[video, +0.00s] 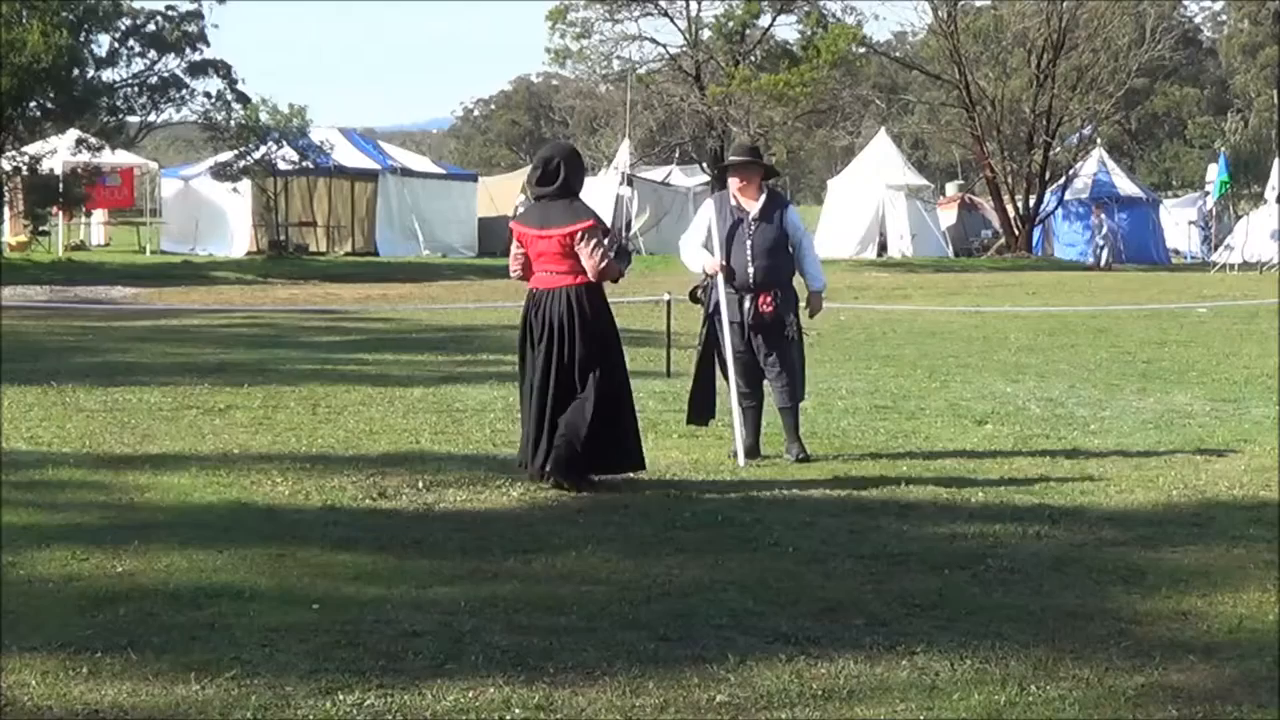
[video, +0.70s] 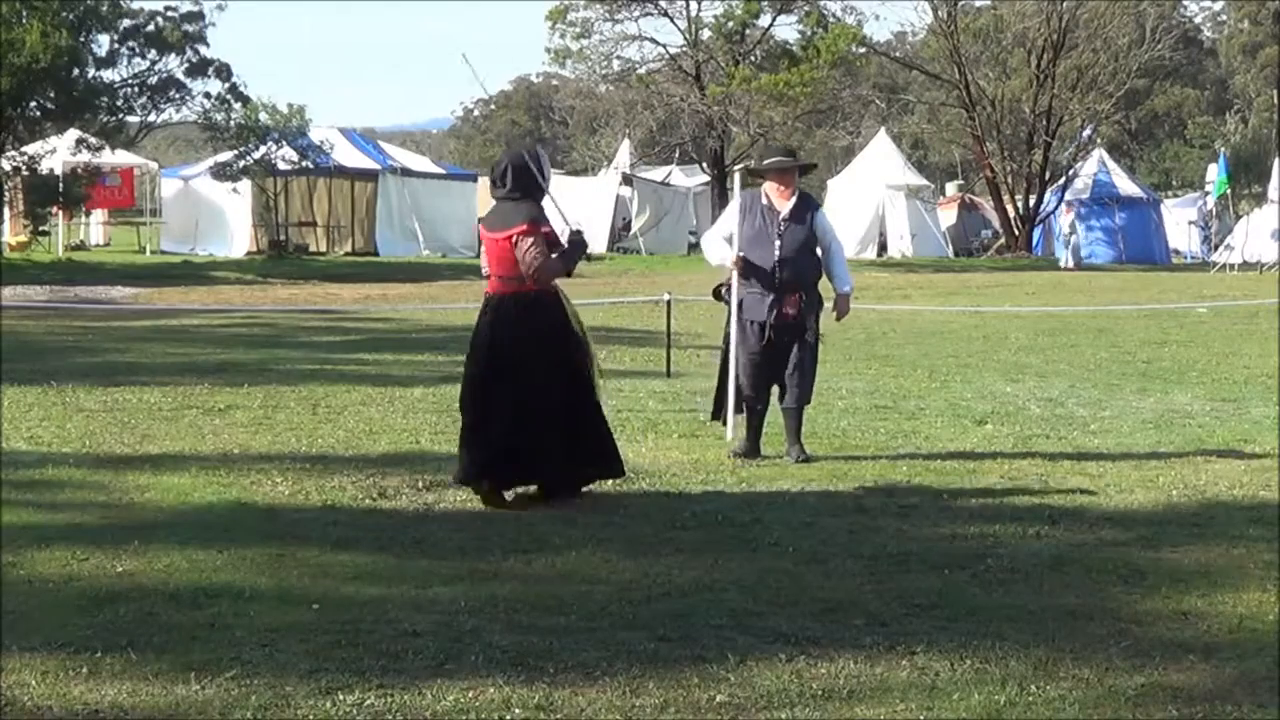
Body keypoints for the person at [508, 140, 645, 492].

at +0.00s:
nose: (581, 177)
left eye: (578, 171)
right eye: (579, 172)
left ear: (537, 174)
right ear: (573, 176)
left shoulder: (523, 220)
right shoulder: (580, 217)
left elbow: (518, 270)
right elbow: (601, 270)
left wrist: (552, 267)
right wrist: (621, 261)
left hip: (539, 304)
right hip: (578, 304)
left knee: (545, 381)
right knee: (592, 382)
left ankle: (540, 460)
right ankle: (566, 459)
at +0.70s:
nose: (545, 184)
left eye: (544, 178)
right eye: (542, 178)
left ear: (502, 181)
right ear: (532, 181)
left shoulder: (490, 220)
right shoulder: (526, 218)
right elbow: (539, 270)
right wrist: (573, 251)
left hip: (497, 312)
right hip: (533, 315)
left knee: (501, 395)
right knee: (549, 394)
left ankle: (490, 474)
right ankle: (558, 479)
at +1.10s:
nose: (505, 172)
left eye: (503, 165)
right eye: (501, 165)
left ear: (463, 168)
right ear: (491, 169)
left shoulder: (453, 210)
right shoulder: (477, 212)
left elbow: (474, 260)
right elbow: (495, 269)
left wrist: (511, 237)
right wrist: (525, 246)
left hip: (452, 305)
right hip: (480, 310)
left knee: (470, 393)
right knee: (499, 392)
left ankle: (479, 484)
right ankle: (502, 486)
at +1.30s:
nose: (484, 176)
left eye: (482, 169)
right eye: (479, 169)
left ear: (438, 173)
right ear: (468, 173)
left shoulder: (429, 217)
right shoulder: (459, 219)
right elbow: (478, 273)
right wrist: (507, 251)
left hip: (432, 314)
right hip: (465, 316)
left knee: (433, 398)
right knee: (478, 399)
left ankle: (425, 482)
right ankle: (486, 493)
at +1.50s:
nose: (464, 179)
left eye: (461, 171)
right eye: (458, 171)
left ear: (417, 178)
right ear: (445, 178)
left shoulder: (412, 219)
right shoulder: (433, 224)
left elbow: (434, 271)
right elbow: (453, 279)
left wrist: (468, 246)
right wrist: (482, 258)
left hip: (412, 319)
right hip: (436, 324)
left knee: (416, 407)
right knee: (445, 406)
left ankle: (409, 492)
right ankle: (452, 493)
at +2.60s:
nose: (411, 160)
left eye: (408, 151)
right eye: (405, 152)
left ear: (365, 162)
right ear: (392, 159)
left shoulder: (377, 205)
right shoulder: (382, 209)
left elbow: (388, 263)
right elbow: (389, 267)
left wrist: (426, 252)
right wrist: (428, 257)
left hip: (376, 309)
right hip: (384, 314)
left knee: (379, 401)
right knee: (388, 401)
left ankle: (378, 492)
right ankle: (388, 497)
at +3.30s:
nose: (381, 171)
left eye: (378, 162)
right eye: (374, 163)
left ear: (333, 171)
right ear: (357, 170)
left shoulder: (351, 212)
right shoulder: (342, 217)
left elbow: (375, 265)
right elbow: (378, 271)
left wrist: (398, 243)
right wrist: (406, 245)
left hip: (357, 315)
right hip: (343, 318)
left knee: (384, 403)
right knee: (338, 407)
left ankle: (423, 488)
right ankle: (323, 500)